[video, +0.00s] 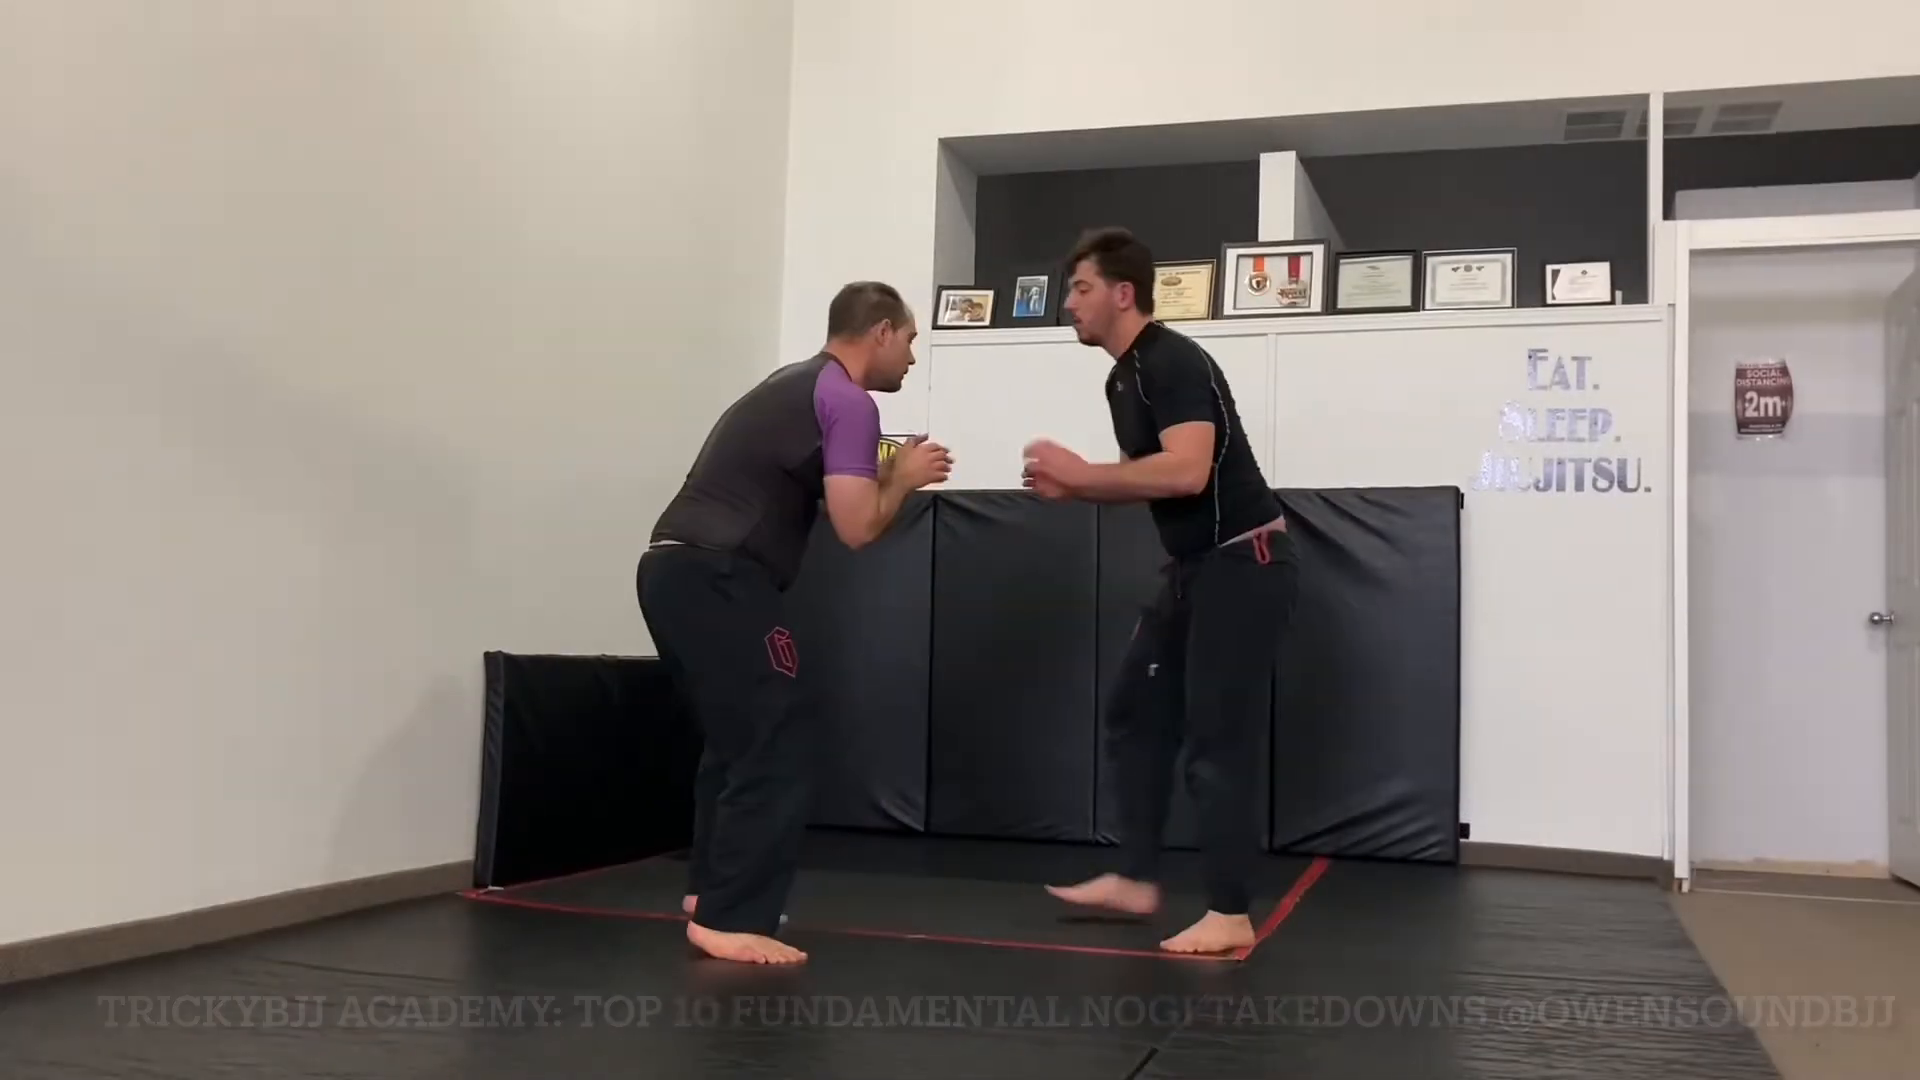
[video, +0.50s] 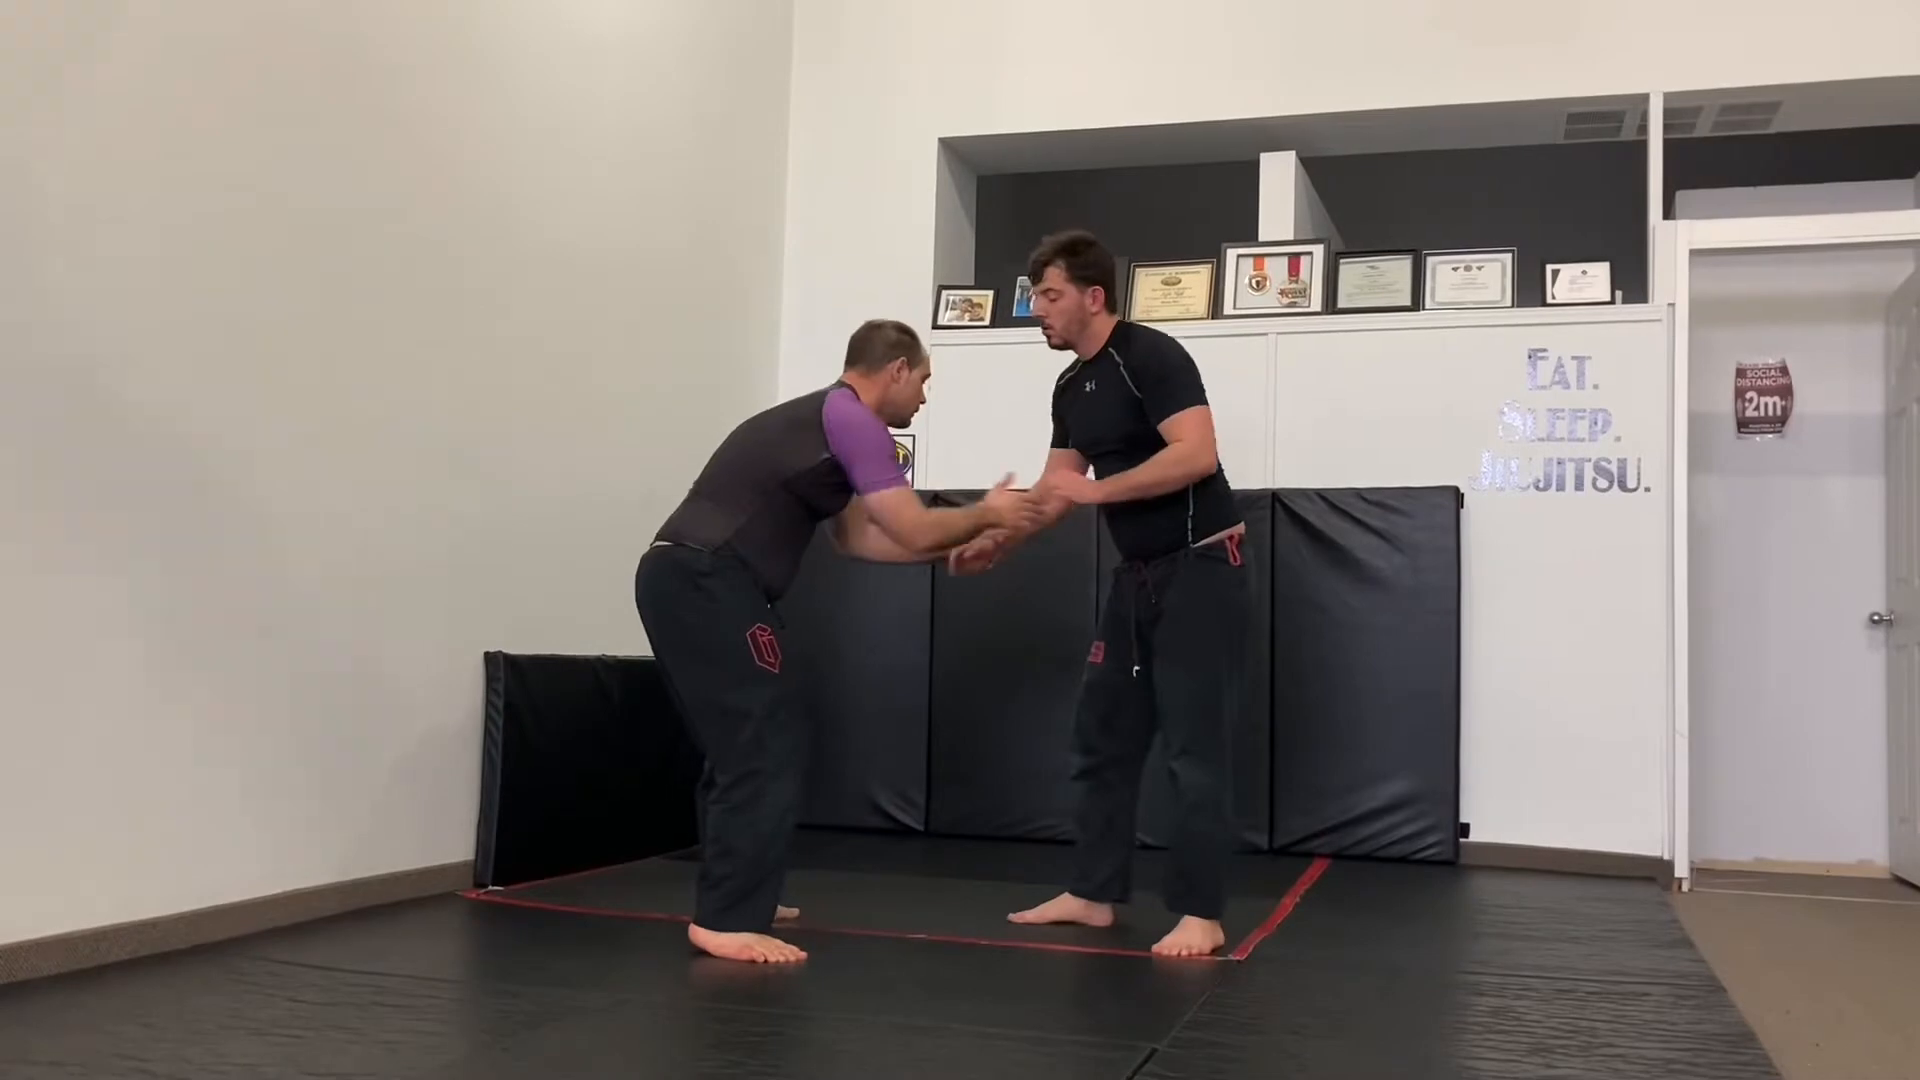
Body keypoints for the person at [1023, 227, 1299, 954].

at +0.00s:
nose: (1069, 301)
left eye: (1080, 287)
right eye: (1069, 289)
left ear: (1123, 293)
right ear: (1112, 296)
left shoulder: (1174, 360)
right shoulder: (1122, 379)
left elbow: (1190, 470)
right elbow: (1154, 477)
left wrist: (1084, 472)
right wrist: (1075, 488)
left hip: (1245, 563)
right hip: (1194, 567)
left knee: (1223, 731)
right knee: (1136, 708)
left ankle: (1230, 912)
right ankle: (1134, 878)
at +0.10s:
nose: (1051, 311)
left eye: (1062, 298)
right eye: (1051, 299)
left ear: (1106, 302)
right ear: (1094, 305)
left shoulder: (1165, 364)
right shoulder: (1107, 390)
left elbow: (1180, 469)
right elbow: (1134, 487)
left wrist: (1080, 460)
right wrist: (1062, 493)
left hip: (1233, 565)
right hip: (1180, 571)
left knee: (1218, 735)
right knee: (1140, 725)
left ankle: (1233, 911)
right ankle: (1097, 883)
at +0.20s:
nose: (1038, 317)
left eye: (1050, 303)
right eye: (1038, 304)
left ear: (1094, 307)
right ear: (1079, 311)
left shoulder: (1155, 366)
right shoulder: (1086, 397)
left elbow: (1179, 466)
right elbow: (1109, 495)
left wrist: (1079, 463)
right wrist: (1046, 502)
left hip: (1218, 566)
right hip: (1160, 572)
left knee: (1202, 735)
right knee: (1125, 731)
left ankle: (1230, 909)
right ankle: (1094, 891)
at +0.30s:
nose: (1030, 315)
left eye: (1042, 301)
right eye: (1030, 303)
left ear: (1087, 305)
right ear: (1067, 310)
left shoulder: (1150, 362)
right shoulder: (1076, 394)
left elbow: (1185, 463)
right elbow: (1085, 490)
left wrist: (1082, 469)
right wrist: (1030, 508)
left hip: (1205, 566)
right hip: (1144, 572)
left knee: (1196, 733)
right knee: (1112, 728)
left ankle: (1221, 903)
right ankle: (1095, 890)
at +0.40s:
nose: (1031, 313)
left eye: (1043, 299)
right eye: (1031, 300)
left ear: (1089, 301)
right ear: (1066, 306)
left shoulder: (1149, 358)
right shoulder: (1069, 393)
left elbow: (1190, 459)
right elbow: (1074, 484)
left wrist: (1086, 481)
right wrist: (1019, 522)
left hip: (1203, 565)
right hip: (1139, 571)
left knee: (1197, 738)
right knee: (1108, 730)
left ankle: (1202, 912)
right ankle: (1095, 893)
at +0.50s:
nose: (1038, 309)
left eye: (1049, 295)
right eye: (1036, 297)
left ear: (1095, 295)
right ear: (1063, 301)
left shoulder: (1153, 353)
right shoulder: (1071, 386)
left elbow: (1198, 452)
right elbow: (1062, 487)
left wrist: (1096, 491)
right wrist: (1000, 540)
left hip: (1202, 566)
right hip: (1134, 573)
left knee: (1193, 740)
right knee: (1106, 733)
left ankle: (1202, 913)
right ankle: (1094, 893)